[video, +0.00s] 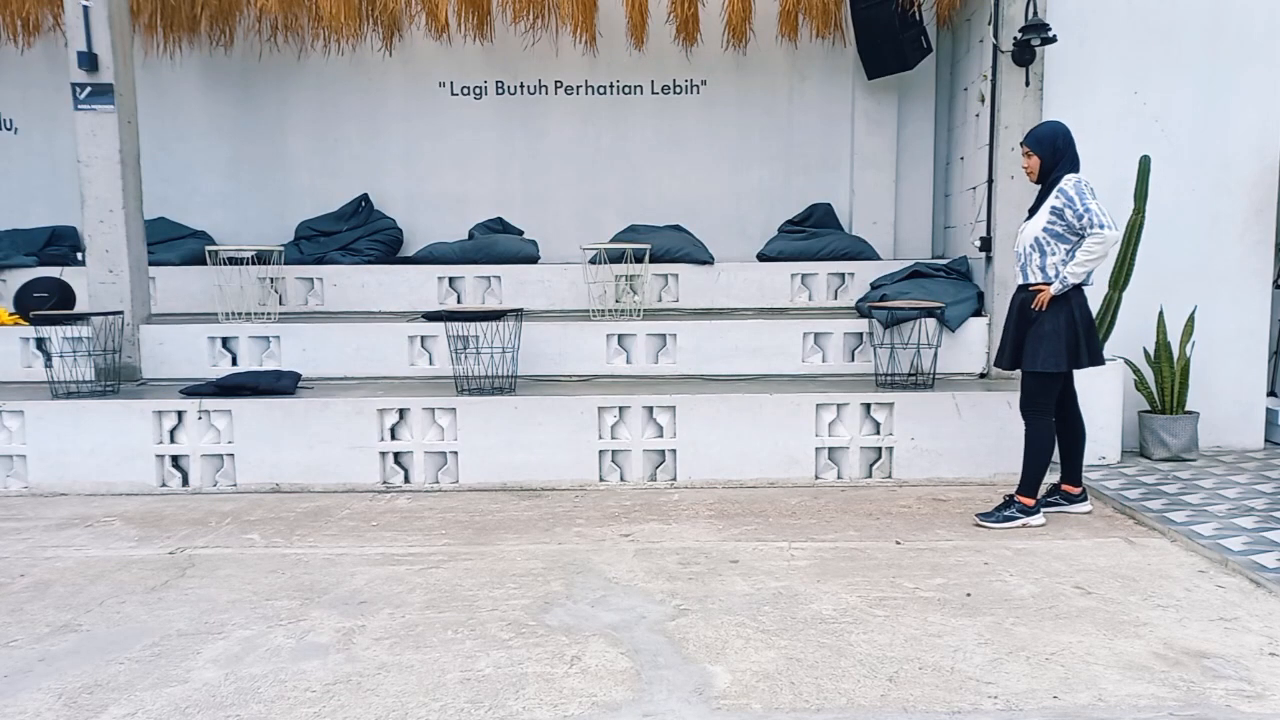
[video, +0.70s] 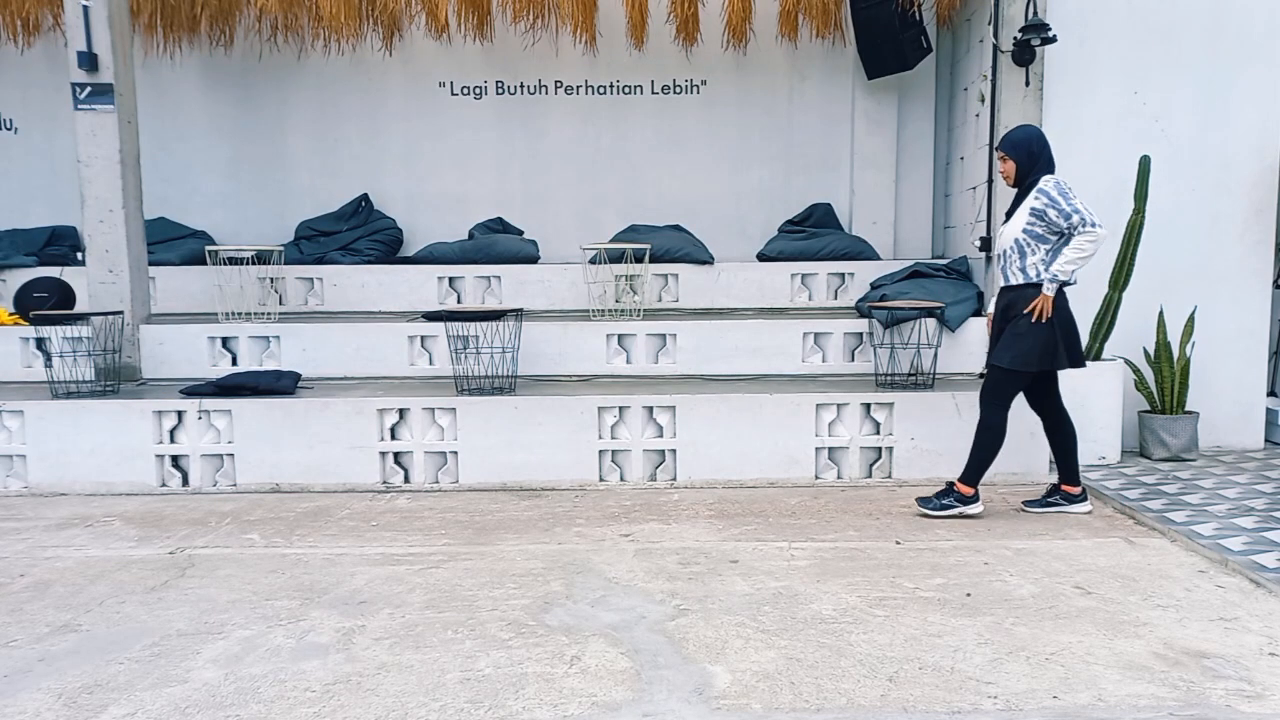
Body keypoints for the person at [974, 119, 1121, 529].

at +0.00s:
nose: (1024, 163)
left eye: (1030, 155)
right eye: (1024, 156)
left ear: (1052, 154)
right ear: (1043, 156)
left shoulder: (1071, 186)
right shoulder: (1050, 193)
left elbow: (1103, 233)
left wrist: (1060, 283)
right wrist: (1035, 283)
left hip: (1052, 311)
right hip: (1041, 309)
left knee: (1037, 406)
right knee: (1063, 404)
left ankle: (1024, 500)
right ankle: (1072, 488)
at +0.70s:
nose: (1000, 168)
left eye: (1005, 160)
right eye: (998, 160)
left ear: (1027, 158)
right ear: (1017, 160)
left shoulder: (1048, 186)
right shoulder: (1025, 198)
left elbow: (1091, 231)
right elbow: (1015, 262)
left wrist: (1052, 283)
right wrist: (997, 306)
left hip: (1032, 310)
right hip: (1017, 310)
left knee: (994, 397)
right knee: (1048, 404)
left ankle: (964, 490)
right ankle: (1071, 489)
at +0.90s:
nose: (976, 169)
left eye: (981, 161)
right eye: (976, 162)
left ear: (1002, 160)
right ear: (996, 163)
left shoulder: (1027, 194)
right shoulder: (997, 205)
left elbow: (1072, 248)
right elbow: (978, 268)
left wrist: (1074, 311)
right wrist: (948, 304)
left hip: (1006, 310)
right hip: (988, 311)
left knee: (968, 400)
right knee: (1030, 403)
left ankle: (939, 489)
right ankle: (1068, 486)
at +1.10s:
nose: (944, 166)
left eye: (949, 158)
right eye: (944, 158)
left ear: (970, 158)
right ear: (967, 159)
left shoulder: (992, 199)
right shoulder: (964, 202)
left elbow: (1011, 267)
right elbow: (942, 267)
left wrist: (1025, 327)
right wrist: (917, 305)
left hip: (962, 304)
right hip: (944, 305)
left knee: (955, 404)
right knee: (963, 405)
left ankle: (941, 491)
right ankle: (1035, 468)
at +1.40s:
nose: (884, 161)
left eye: (889, 154)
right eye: (885, 154)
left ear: (909, 157)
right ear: (913, 158)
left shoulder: (922, 197)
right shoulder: (916, 196)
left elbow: (891, 263)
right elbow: (936, 267)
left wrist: (850, 308)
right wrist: (944, 319)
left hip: (914, 309)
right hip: (895, 306)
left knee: (921, 401)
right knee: (855, 391)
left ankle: (940, 491)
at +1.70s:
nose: (802, 166)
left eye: (808, 159)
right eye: (804, 159)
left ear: (825, 163)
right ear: (832, 164)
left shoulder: (833, 200)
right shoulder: (835, 202)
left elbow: (814, 269)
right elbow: (858, 272)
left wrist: (777, 315)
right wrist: (874, 325)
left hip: (825, 315)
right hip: (809, 316)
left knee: (841, 412)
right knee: (781, 398)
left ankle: (915, 474)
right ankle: (777, 486)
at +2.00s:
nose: (716, 160)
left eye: (723, 154)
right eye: (719, 153)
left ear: (740, 159)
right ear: (744, 161)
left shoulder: (752, 195)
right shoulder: (739, 203)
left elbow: (778, 255)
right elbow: (718, 269)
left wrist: (796, 313)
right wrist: (687, 310)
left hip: (748, 312)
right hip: (750, 312)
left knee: (701, 393)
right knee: (764, 403)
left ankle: (701, 485)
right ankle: (778, 486)